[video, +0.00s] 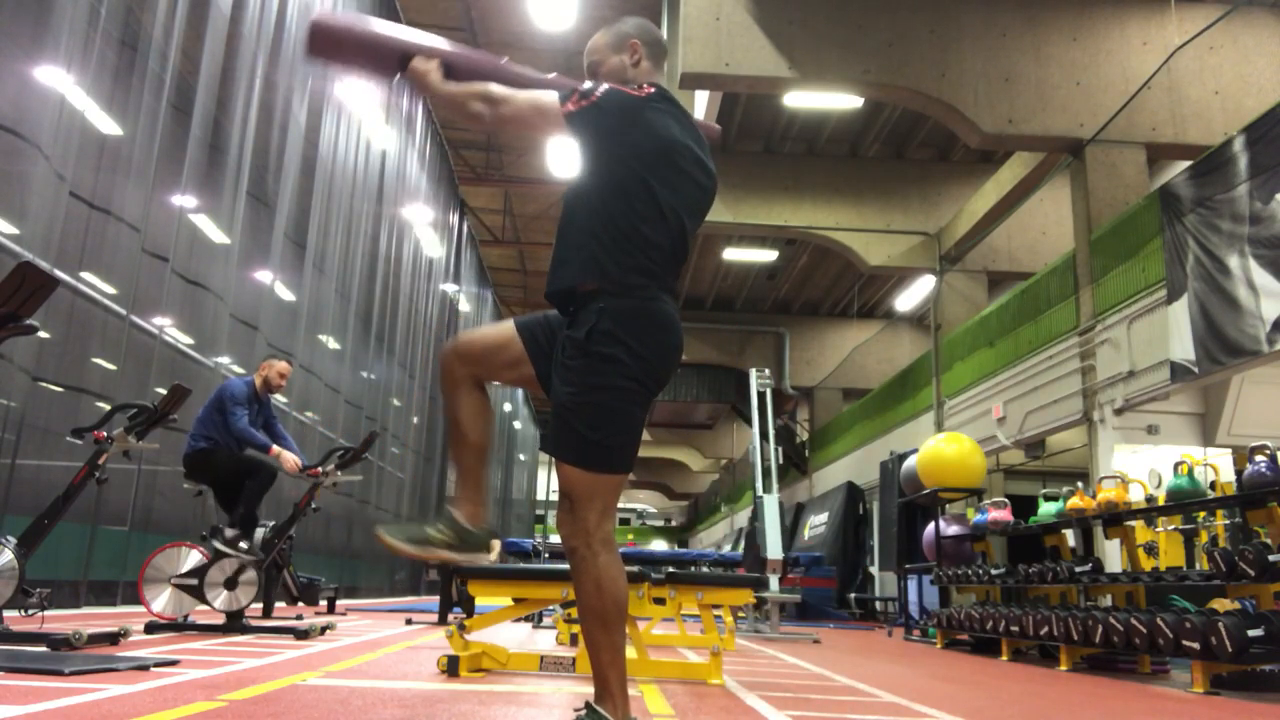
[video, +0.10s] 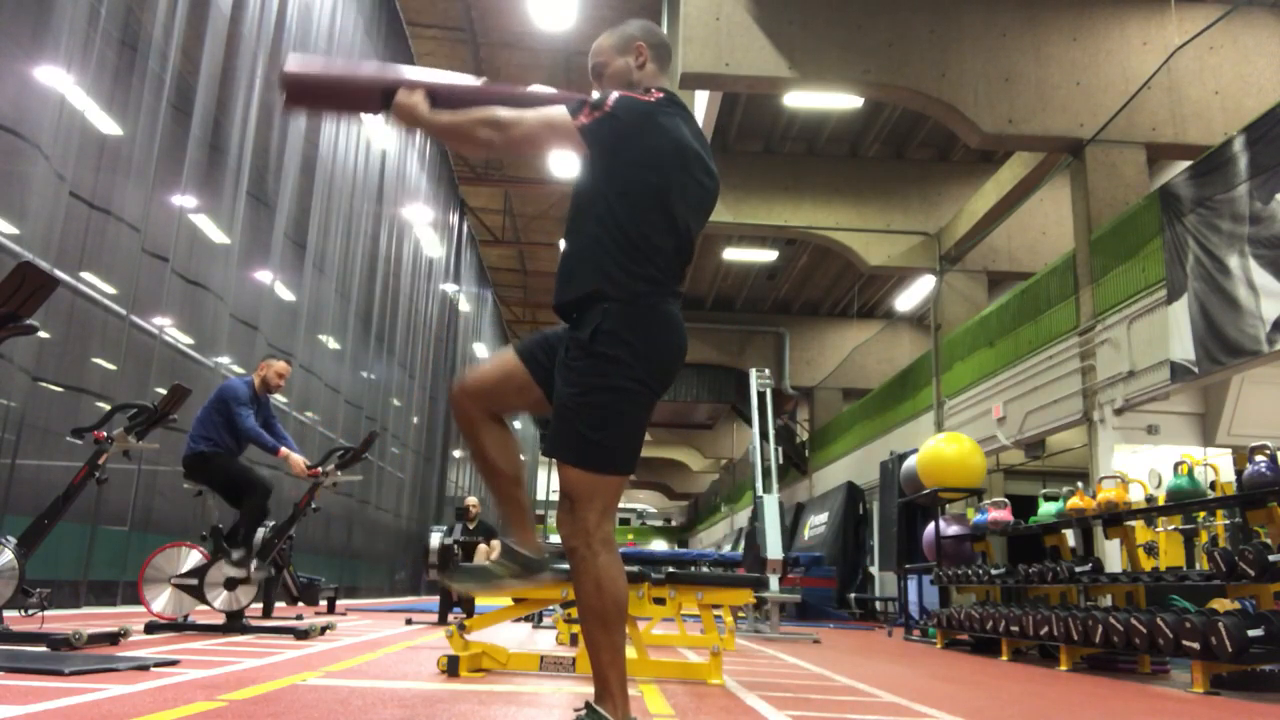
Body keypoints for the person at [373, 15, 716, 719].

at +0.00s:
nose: (591, 80)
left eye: (597, 67)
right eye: (589, 70)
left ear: (639, 56)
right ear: (648, 65)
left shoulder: (618, 107)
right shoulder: (698, 150)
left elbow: (488, 109)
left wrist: (426, 76)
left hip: (618, 329)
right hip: (599, 323)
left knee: (587, 530)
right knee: (463, 357)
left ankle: (613, 707)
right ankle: (469, 524)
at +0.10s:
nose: (595, 85)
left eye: (603, 71)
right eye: (594, 74)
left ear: (643, 60)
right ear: (652, 68)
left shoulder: (629, 114)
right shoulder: (697, 154)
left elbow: (504, 131)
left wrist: (425, 115)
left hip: (621, 334)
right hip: (612, 330)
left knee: (586, 530)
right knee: (472, 395)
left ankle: (614, 708)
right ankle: (523, 548)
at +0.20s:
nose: (596, 83)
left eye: (603, 69)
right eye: (594, 73)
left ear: (646, 60)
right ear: (650, 68)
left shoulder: (646, 122)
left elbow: (524, 160)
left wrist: (423, 157)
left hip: (626, 343)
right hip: (614, 339)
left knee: (588, 530)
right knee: (498, 444)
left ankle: (614, 709)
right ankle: (586, 553)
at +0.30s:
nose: (594, 86)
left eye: (602, 72)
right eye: (592, 76)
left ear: (645, 62)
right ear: (645, 68)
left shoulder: (654, 126)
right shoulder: (674, 138)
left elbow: (546, 186)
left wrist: (435, 201)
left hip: (637, 344)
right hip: (630, 341)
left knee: (587, 521)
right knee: (537, 481)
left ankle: (613, 708)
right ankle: (654, 586)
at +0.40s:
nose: (591, 88)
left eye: (598, 73)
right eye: (588, 79)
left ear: (642, 64)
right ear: (642, 69)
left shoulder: (656, 131)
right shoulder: (656, 133)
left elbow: (581, 214)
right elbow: (589, 219)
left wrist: (463, 245)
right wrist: (533, 187)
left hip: (644, 351)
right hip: (650, 348)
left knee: (587, 524)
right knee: (598, 509)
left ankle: (612, 708)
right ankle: (721, 593)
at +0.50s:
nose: (587, 96)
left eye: (595, 80)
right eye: (583, 87)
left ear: (639, 71)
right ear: (629, 79)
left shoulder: (666, 141)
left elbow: (616, 240)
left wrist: (506, 287)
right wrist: (516, 189)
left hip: (653, 363)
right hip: (661, 363)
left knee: (588, 527)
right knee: (639, 529)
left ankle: (612, 707)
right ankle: (775, 594)